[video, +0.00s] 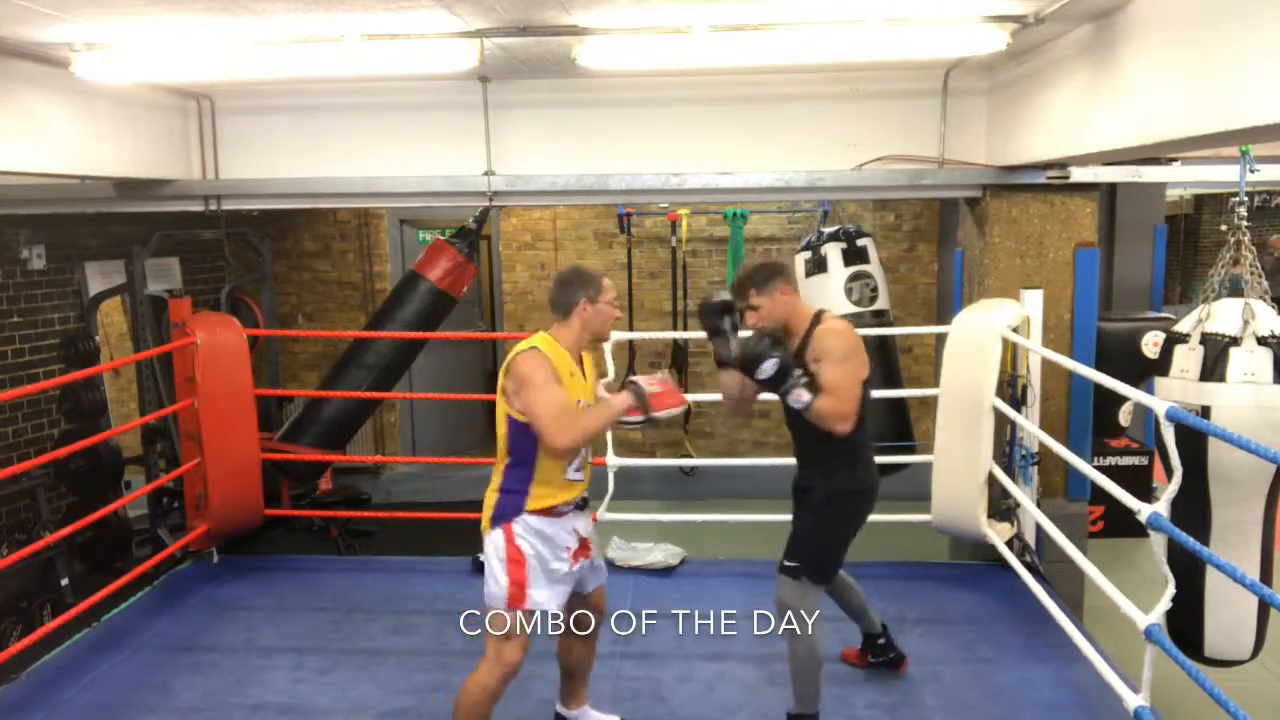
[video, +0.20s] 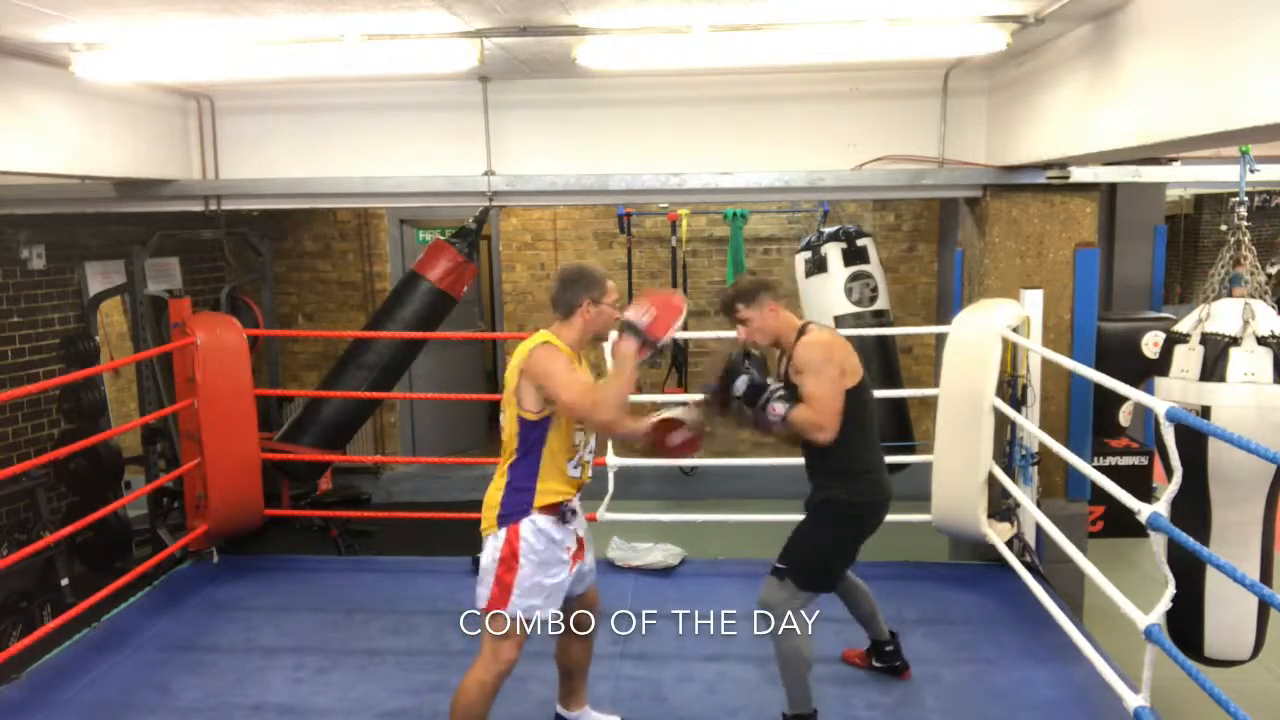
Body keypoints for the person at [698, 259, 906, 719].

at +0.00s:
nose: (750, 322)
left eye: (754, 309)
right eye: (746, 312)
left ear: (784, 295)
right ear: (777, 300)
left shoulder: (835, 336)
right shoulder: (784, 342)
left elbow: (841, 418)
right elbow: (737, 400)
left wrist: (785, 380)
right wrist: (725, 346)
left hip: (844, 484)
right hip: (813, 479)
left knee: (794, 592)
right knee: (821, 570)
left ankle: (804, 713)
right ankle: (880, 643)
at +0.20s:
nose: (742, 338)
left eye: (743, 325)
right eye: (737, 328)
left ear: (771, 309)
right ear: (768, 313)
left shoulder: (816, 348)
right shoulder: (803, 348)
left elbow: (823, 428)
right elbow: (802, 425)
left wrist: (767, 400)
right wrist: (754, 402)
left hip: (846, 498)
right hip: (852, 492)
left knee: (778, 600)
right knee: (832, 572)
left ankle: (800, 713)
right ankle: (886, 650)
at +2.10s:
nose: (668, 375)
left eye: (666, 364)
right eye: (664, 365)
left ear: (682, 355)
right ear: (711, 349)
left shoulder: (685, 407)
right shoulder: (778, 393)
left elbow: (652, 492)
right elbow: (759, 458)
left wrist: (648, 432)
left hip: (727, 570)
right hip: (790, 567)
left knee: (641, 636)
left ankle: (635, 716)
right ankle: (877, 716)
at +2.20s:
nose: (669, 378)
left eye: (668, 366)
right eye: (666, 367)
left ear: (685, 356)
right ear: (714, 350)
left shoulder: (696, 410)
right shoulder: (785, 396)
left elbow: (655, 496)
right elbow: (814, 471)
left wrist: (649, 437)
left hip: (740, 575)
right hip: (802, 570)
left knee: (649, 651)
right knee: (811, 660)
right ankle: (870, 716)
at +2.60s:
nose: (698, 343)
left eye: (699, 335)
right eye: (699, 335)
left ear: (712, 332)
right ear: (751, 329)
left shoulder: (698, 369)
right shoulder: (807, 377)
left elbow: (605, 400)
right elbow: (842, 445)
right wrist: (789, 419)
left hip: (723, 565)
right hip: (797, 566)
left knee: (658, 650)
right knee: (843, 651)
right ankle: (890, 718)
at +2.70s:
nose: (662, 374)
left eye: (661, 364)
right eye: (659, 366)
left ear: (682, 353)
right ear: (711, 348)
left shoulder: (687, 391)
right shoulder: (770, 389)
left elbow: (619, 455)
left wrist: (596, 422)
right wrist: (631, 421)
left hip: (723, 574)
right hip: (793, 573)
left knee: (637, 649)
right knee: (836, 656)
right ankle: (884, 717)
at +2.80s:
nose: (611, 414)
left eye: (610, 402)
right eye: (607, 404)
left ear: (629, 392)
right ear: (661, 384)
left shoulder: (664, 435)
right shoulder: (732, 420)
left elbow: (624, 525)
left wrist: (590, 489)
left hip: (724, 597)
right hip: (786, 592)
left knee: (615, 640)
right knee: (818, 663)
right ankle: (869, 714)